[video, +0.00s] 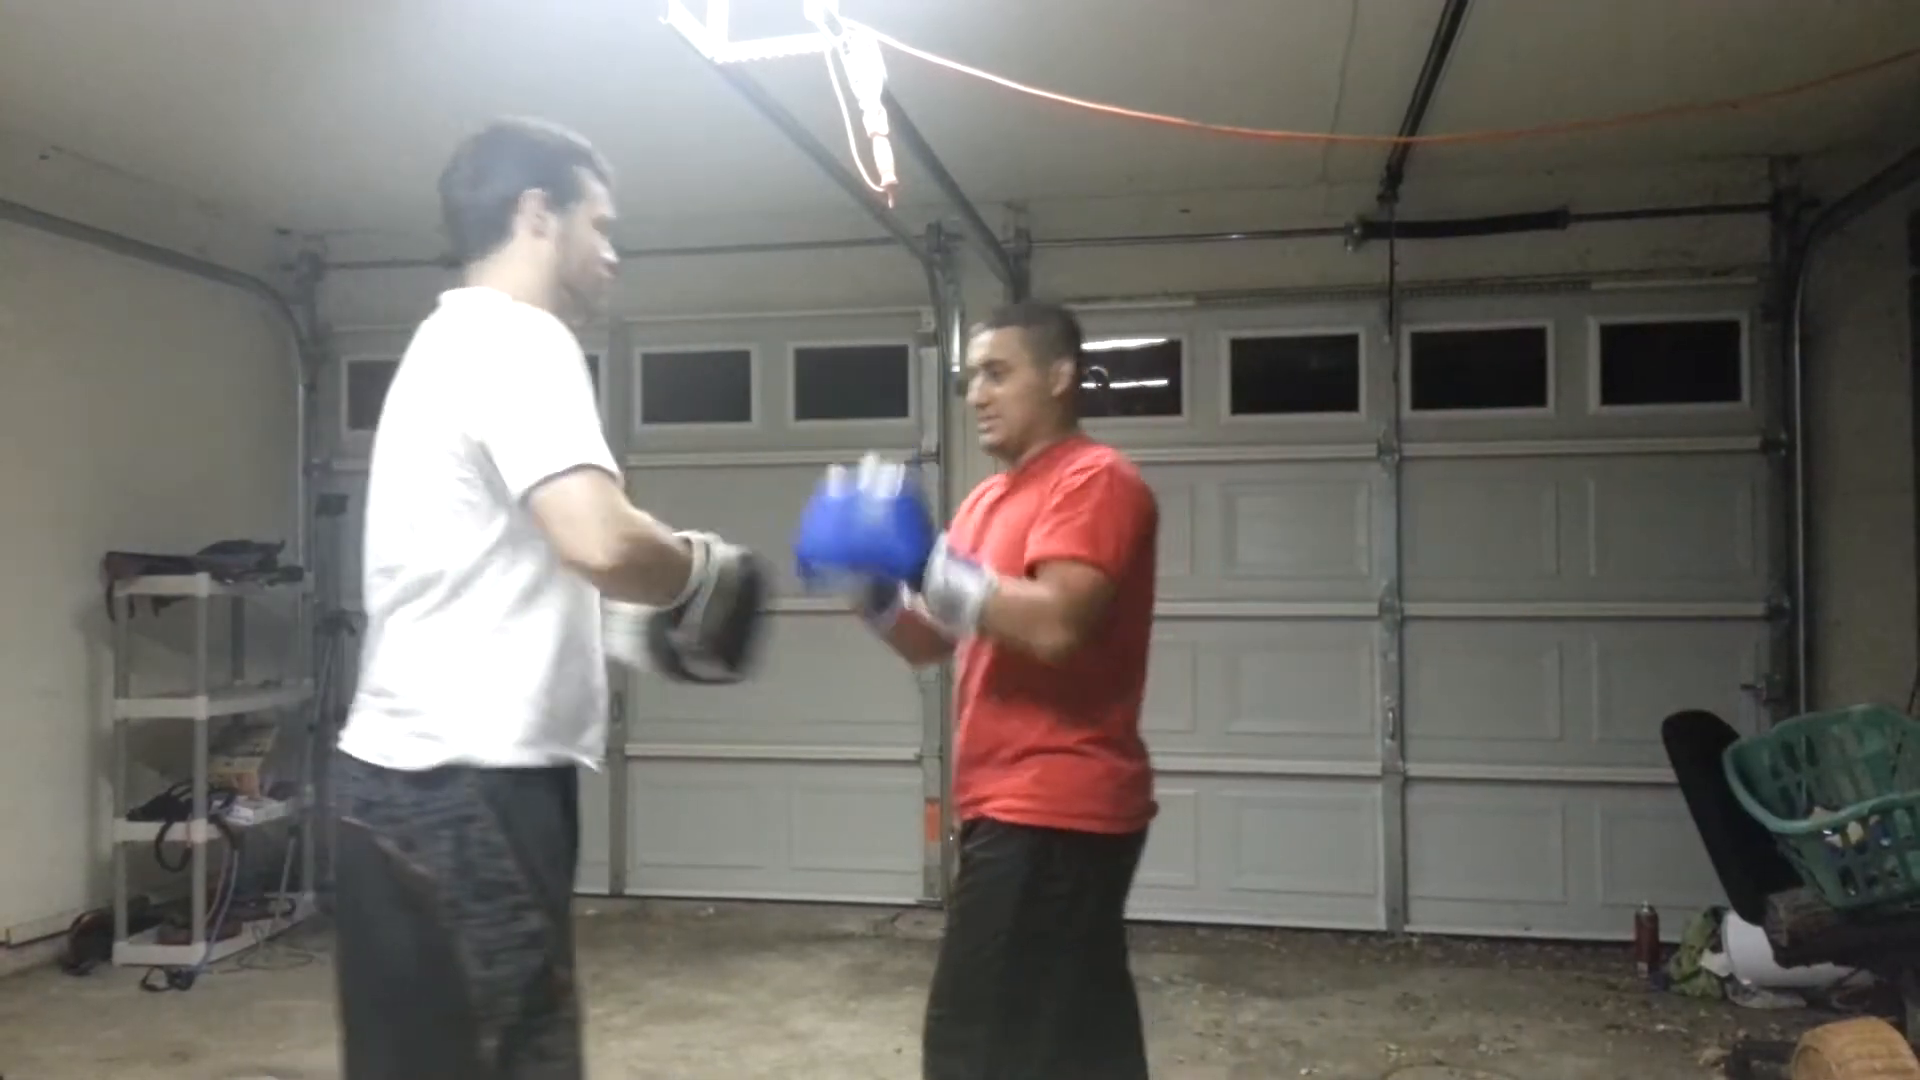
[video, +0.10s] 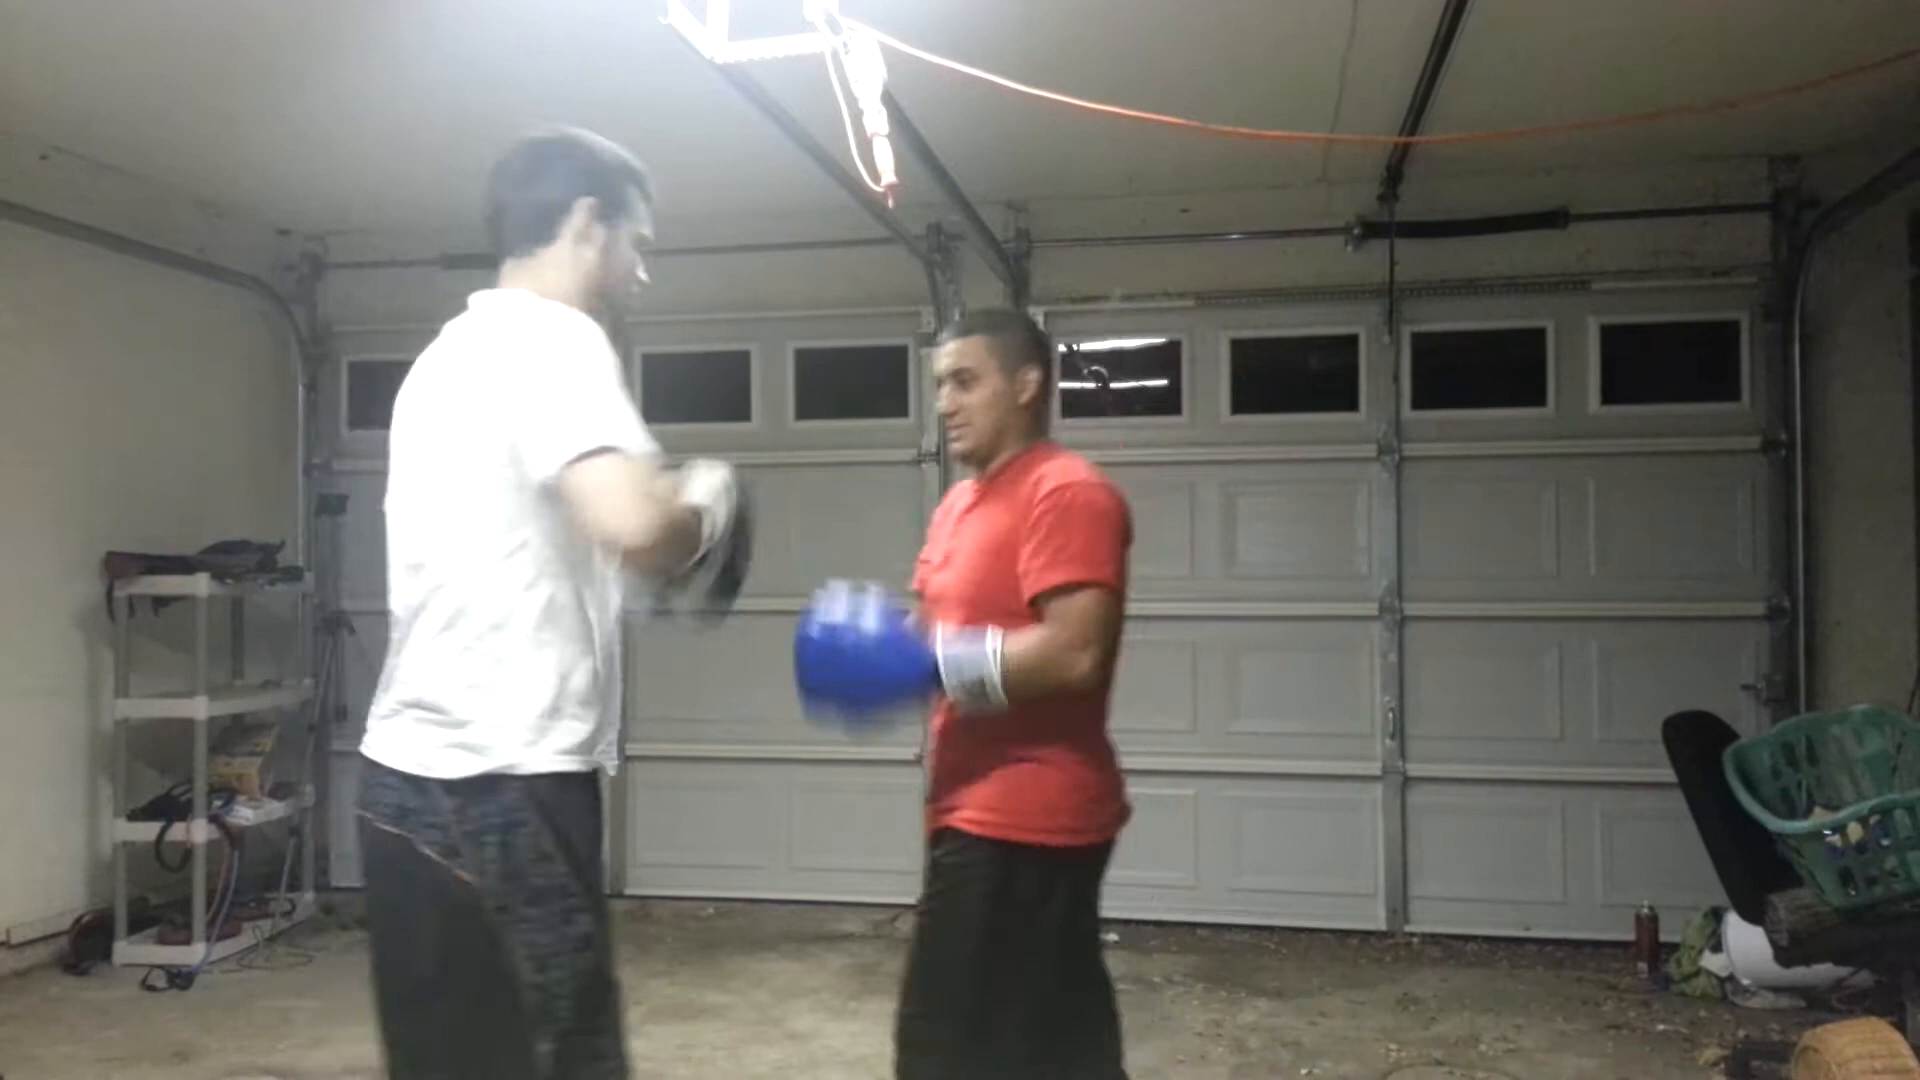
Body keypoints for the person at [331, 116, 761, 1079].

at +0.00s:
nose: (615, 261)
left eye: (614, 234)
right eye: (603, 227)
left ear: (524, 220)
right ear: (536, 213)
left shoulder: (449, 343)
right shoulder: (514, 337)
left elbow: (486, 578)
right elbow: (601, 540)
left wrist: (640, 629)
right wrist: (700, 565)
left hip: (414, 781)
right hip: (467, 789)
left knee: (418, 1063)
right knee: (514, 1059)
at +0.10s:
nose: (645, 273)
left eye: (647, 250)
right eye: (640, 244)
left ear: (548, 226)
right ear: (587, 222)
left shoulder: (445, 356)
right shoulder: (551, 339)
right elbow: (640, 531)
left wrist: (651, 520)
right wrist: (703, 501)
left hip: (422, 778)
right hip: (502, 787)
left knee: (447, 1062)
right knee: (566, 1059)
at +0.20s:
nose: (660, 281)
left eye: (665, 257)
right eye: (661, 250)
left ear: (539, 225)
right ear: (617, 224)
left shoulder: (447, 351)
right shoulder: (584, 335)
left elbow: (554, 482)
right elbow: (749, 497)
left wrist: (696, 403)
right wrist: (769, 402)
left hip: (416, 776)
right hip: (517, 784)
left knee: (448, 1060)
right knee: (601, 1060)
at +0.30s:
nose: (677, 282)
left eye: (684, 258)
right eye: (680, 253)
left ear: (556, 226)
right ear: (645, 228)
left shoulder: (457, 347)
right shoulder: (632, 334)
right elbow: (780, 515)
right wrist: (803, 374)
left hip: (412, 772)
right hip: (529, 781)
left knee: (430, 1062)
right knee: (597, 1061)